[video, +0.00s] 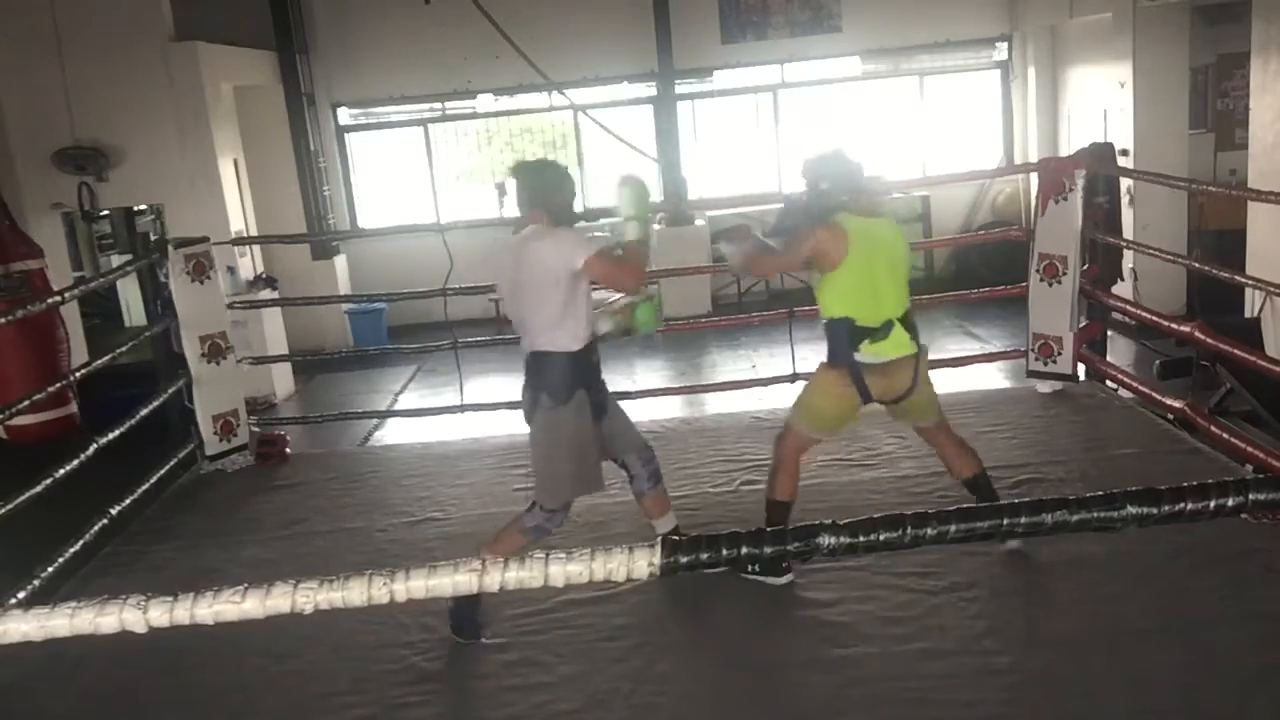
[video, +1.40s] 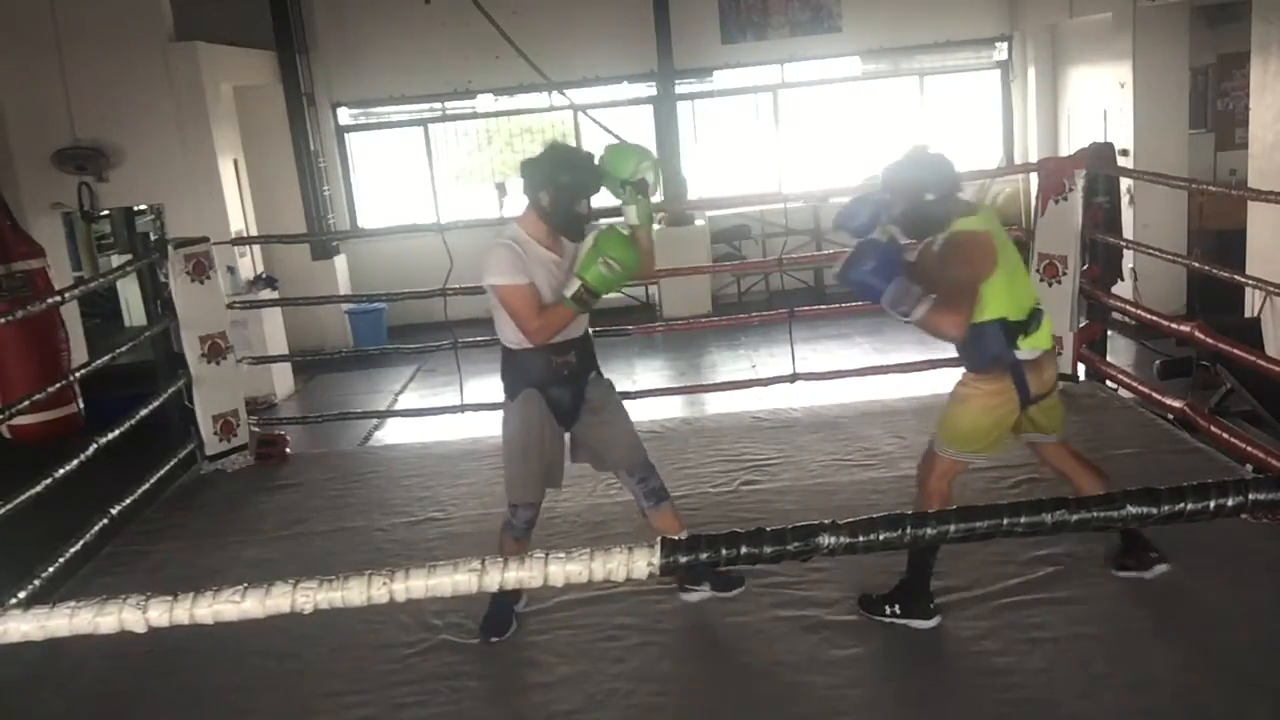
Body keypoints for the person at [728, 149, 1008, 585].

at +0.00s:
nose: (808, 194)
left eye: (811, 187)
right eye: (809, 186)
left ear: (821, 189)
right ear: (856, 182)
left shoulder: (824, 233)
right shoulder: (891, 228)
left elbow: (762, 267)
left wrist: (746, 246)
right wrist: (799, 233)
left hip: (848, 374)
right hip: (907, 367)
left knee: (789, 446)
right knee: (942, 436)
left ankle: (772, 555)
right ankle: (1000, 517)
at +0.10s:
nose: (828, 193)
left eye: (831, 186)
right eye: (830, 186)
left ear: (841, 188)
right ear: (878, 183)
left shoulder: (844, 234)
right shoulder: (909, 229)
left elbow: (806, 302)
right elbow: (903, 290)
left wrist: (796, 306)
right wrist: (826, 298)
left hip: (857, 374)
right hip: (916, 370)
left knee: (800, 454)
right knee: (950, 454)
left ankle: (773, 557)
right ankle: (1007, 545)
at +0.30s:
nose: (872, 194)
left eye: (877, 186)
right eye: (875, 186)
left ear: (892, 188)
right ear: (926, 185)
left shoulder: (899, 232)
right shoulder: (962, 236)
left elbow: (879, 298)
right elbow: (946, 293)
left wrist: (851, 315)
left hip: (897, 377)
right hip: (956, 375)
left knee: (842, 469)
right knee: (981, 465)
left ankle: (792, 553)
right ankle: (1013, 560)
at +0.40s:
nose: (896, 178)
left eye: (900, 167)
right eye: (897, 168)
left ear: (917, 169)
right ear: (949, 166)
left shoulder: (930, 210)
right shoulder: (982, 215)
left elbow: (912, 272)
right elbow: (965, 274)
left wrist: (884, 276)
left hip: (930, 355)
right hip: (981, 354)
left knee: (876, 454)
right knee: (989, 456)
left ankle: (831, 551)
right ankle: (1015, 561)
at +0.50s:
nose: (905, 151)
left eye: (910, 141)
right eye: (906, 141)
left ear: (931, 141)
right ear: (956, 142)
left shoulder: (940, 187)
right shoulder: (992, 188)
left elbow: (938, 247)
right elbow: (983, 248)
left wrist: (902, 262)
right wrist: (909, 235)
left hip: (949, 328)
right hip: (1000, 325)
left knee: (907, 433)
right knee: (999, 433)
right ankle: (1025, 543)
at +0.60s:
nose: (918, 155)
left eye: (923, 144)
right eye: (920, 144)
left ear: (941, 145)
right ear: (971, 143)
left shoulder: (954, 190)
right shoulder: (1008, 190)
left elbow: (952, 256)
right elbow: (1009, 251)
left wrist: (920, 259)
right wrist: (932, 248)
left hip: (966, 336)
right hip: (1015, 329)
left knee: (940, 446)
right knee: (1008, 432)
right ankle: (1050, 539)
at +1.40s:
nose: (898, 217)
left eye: (899, 207)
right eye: (895, 208)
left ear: (920, 203)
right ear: (946, 190)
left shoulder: (962, 241)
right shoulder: (982, 223)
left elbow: (955, 325)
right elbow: (929, 268)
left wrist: (895, 292)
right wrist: (885, 248)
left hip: (995, 378)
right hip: (1039, 364)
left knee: (935, 474)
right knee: (1055, 450)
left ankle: (914, 592)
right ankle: (1136, 542)